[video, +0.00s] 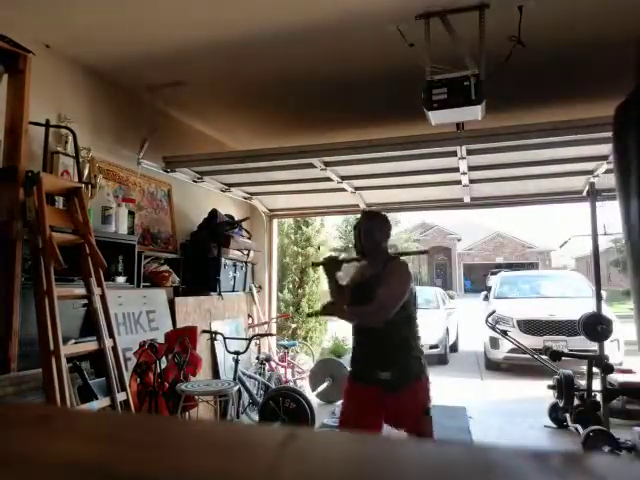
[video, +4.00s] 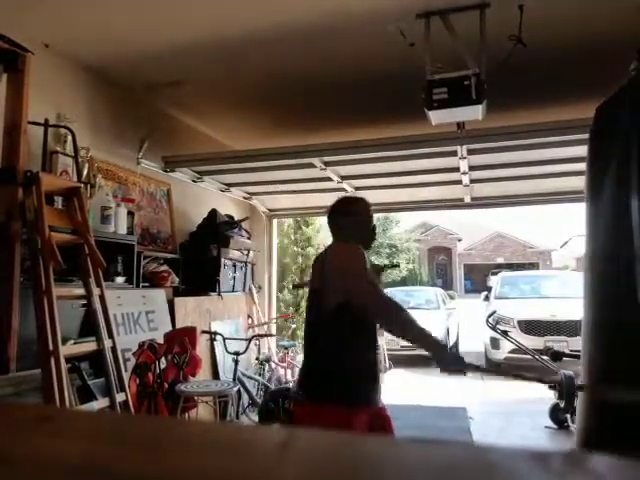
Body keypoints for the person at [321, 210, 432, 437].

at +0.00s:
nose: (369, 239)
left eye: (375, 232)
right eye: (364, 233)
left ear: (386, 235)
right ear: (357, 237)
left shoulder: (398, 270)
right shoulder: (360, 272)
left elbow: (381, 313)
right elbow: (344, 305)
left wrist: (343, 313)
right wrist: (332, 277)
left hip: (404, 371)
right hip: (365, 370)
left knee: (421, 445)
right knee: (355, 447)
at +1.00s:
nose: (361, 229)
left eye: (370, 222)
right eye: (360, 221)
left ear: (390, 225)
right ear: (358, 222)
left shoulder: (411, 266)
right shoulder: (349, 254)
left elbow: (404, 320)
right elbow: (308, 276)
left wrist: (351, 321)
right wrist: (340, 259)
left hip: (393, 379)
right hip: (348, 376)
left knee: (393, 462)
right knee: (346, 459)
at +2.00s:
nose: (393, 213)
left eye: (405, 207)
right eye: (389, 205)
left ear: (421, 217)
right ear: (382, 209)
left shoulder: (426, 262)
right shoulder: (354, 251)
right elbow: (345, 311)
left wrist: (458, 224)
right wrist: (410, 327)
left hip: (409, 393)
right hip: (352, 387)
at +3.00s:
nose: (248, 227)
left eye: (254, 218)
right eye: (245, 221)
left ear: (279, 219)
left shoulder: (301, 250)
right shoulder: (267, 266)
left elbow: (280, 302)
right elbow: (243, 314)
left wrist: (231, 334)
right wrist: (228, 271)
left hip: (310, 354)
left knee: (248, 379)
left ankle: (298, 453)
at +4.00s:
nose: (375, 227)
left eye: (372, 219)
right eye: (368, 220)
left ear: (340, 225)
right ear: (350, 223)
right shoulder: (345, 258)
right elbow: (386, 312)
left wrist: (371, 278)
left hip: (362, 397)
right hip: (336, 400)